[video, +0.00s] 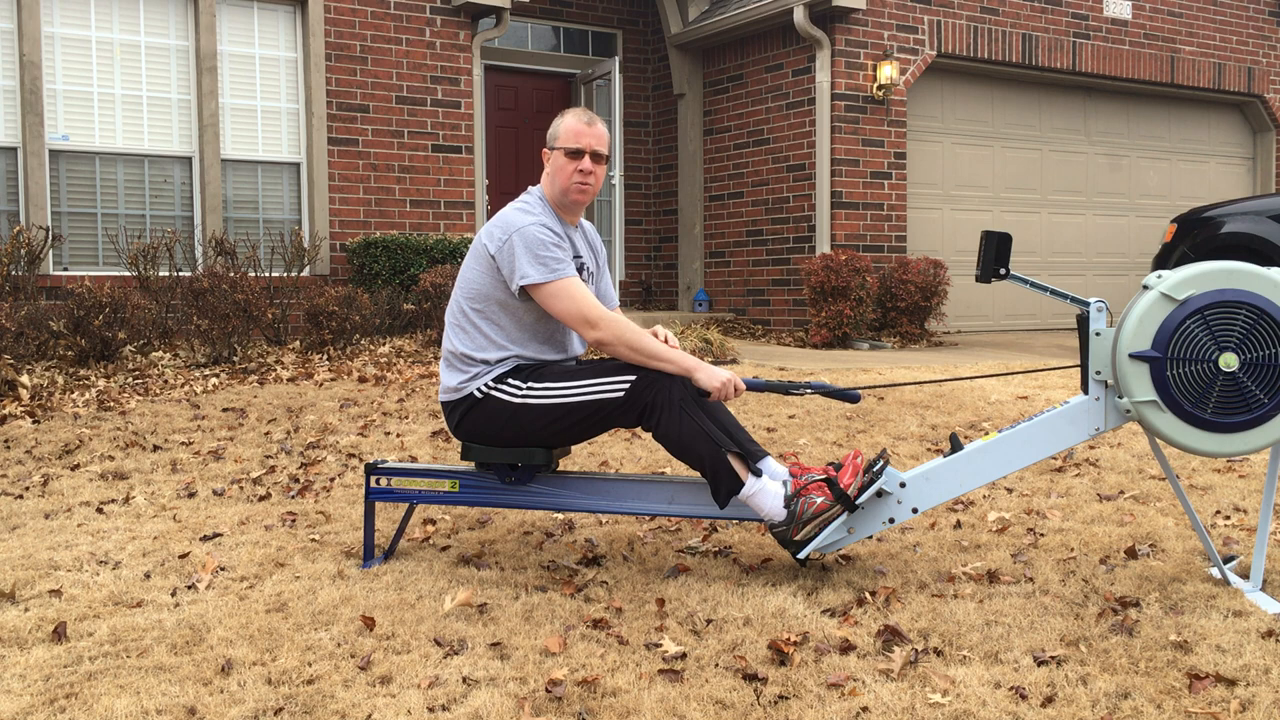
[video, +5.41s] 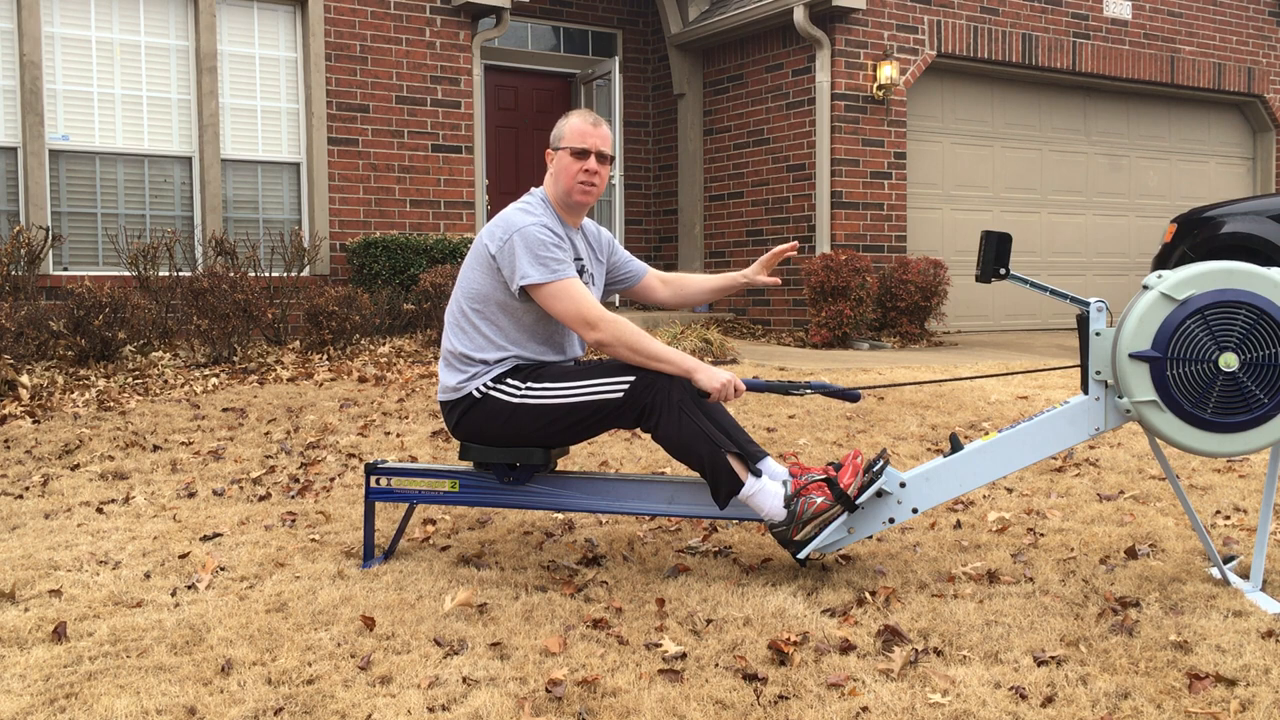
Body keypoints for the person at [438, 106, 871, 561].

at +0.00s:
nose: (586, 167)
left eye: (598, 158)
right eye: (573, 154)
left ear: (607, 169)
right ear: (545, 158)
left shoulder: (586, 239)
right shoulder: (523, 226)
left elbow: (608, 328)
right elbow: (594, 326)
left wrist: (674, 356)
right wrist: (699, 369)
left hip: (540, 376)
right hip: (487, 391)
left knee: (675, 378)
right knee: (652, 386)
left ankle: (788, 485)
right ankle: (777, 510)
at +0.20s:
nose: (585, 170)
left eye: (597, 161)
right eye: (573, 156)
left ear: (606, 170)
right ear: (545, 158)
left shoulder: (583, 236)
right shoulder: (523, 226)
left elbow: (614, 322)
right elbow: (594, 327)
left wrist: (676, 323)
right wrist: (697, 369)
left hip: (540, 376)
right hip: (487, 391)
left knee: (675, 377)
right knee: (651, 386)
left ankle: (787, 484)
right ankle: (777, 510)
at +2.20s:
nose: (592, 168)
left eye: (603, 160)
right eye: (580, 154)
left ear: (610, 171)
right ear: (548, 157)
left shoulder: (587, 239)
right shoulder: (524, 226)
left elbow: (636, 319)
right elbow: (593, 327)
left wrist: (693, 300)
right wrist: (698, 370)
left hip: (540, 377)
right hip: (487, 391)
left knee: (675, 377)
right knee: (650, 387)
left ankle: (787, 485)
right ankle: (776, 510)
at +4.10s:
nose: (595, 167)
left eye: (605, 159)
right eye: (582, 153)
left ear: (611, 171)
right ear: (550, 158)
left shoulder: (587, 238)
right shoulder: (526, 225)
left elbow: (644, 318)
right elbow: (593, 328)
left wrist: (653, 279)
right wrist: (699, 371)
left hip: (539, 376)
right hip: (486, 390)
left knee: (675, 378)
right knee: (650, 388)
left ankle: (786, 483)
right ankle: (775, 510)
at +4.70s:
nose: (595, 168)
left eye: (606, 161)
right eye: (583, 155)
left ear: (612, 173)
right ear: (552, 159)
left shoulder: (592, 237)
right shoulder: (525, 227)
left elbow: (651, 293)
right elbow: (596, 329)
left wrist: (710, 304)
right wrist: (700, 372)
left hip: (539, 376)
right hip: (486, 390)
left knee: (675, 378)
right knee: (650, 388)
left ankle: (785, 484)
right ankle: (776, 509)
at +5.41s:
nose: (592, 168)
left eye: (603, 159)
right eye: (580, 154)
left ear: (610, 171)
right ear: (549, 159)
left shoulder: (592, 236)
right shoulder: (525, 226)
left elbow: (661, 288)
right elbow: (594, 327)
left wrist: (745, 278)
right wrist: (699, 370)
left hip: (541, 376)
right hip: (487, 391)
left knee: (675, 379)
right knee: (651, 388)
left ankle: (788, 485)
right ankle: (776, 510)